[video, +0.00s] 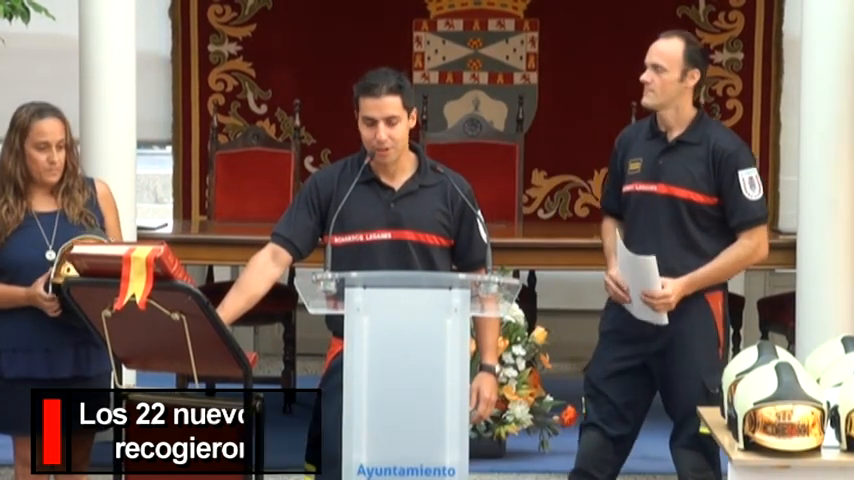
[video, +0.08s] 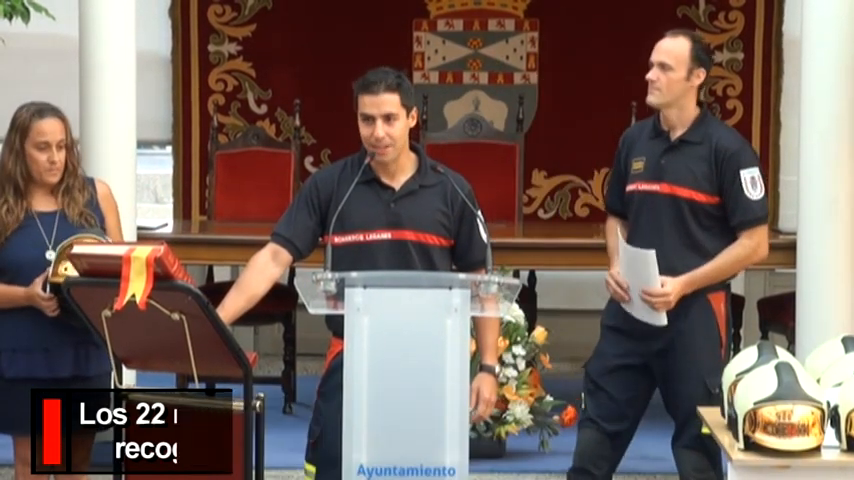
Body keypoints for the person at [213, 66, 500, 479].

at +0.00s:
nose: (380, 135)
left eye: (391, 122)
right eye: (370, 123)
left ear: (412, 120)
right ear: (357, 123)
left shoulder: (452, 191)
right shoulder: (330, 185)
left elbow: (482, 283)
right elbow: (273, 257)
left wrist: (488, 367)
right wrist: (214, 325)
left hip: (432, 357)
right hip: (353, 356)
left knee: (431, 469)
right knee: (337, 467)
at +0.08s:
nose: (378, 132)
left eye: (389, 119)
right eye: (368, 120)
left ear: (412, 119)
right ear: (356, 121)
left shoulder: (452, 191)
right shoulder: (330, 185)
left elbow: (482, 283)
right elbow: (274, 257)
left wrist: (488, 367)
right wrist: (214, 325)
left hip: (432, 358)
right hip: (353, 357)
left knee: (429, 469)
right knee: (330, 466)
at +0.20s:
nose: (377, 131)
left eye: (388, 118)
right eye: (367, 119)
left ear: (413, 118)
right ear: (356, 121)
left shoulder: (453, 192)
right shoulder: (330, 185)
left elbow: (482, 284)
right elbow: (274, 257)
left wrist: (488, 367)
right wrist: (214, 325)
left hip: (431, 358)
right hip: (353, 357)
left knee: (429, 469)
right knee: (330, 466)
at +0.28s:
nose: (377, 130)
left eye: (388, 118)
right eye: (367, 118)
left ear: (413, 118)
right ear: (356, 121)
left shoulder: (453, 192)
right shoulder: (330, 185)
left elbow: (482, 284)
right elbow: (274, 257)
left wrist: (488, 367)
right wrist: (214, 325)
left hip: (431, 358)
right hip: (353, 358)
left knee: (429, 469)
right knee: (330, 466)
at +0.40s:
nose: (376, 129)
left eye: (388, 116)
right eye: (367, 117)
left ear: (413, 118)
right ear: (356, 120)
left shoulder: (452, 192)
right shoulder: (330, 185)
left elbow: (482, 284)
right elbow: (274, 257)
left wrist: (488, 367)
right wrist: (214, 325)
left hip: (432, 359)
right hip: (353, 358)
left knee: (429, 469)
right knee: (330, 466)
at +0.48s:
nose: (376, 128)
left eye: (388, 116)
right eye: (366, 117)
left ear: (413, 118)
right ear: (356, 120)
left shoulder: (453, 192)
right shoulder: (330, 185)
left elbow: (482, 284)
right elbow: (274, 257)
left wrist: (488, 367)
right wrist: (214, 325)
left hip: (431, 359)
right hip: (352, 358)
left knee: (429, 469)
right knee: (330, 466)